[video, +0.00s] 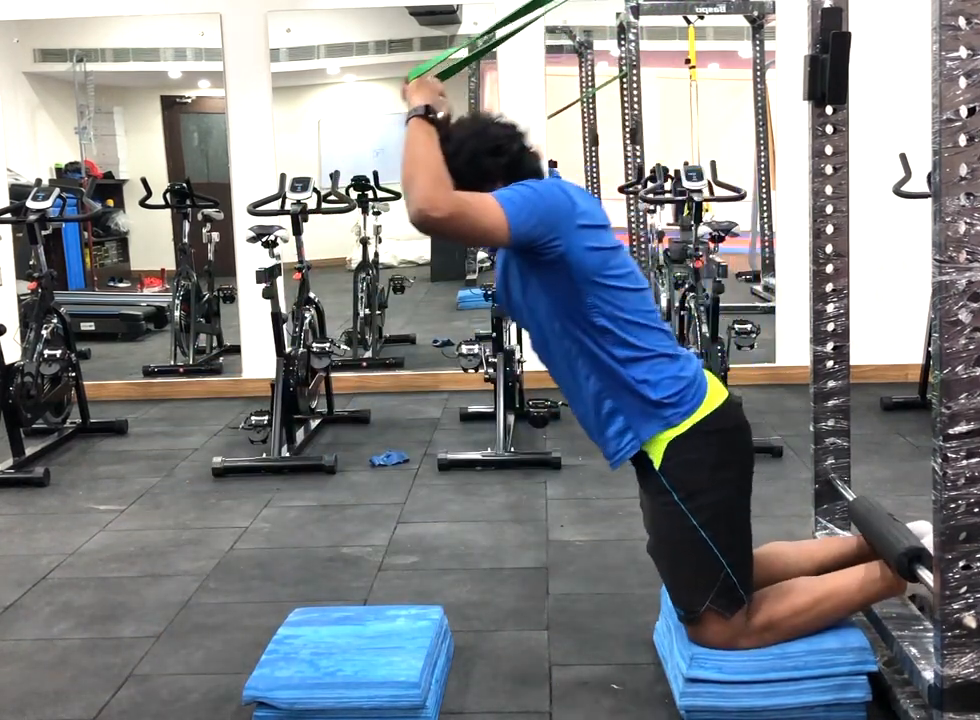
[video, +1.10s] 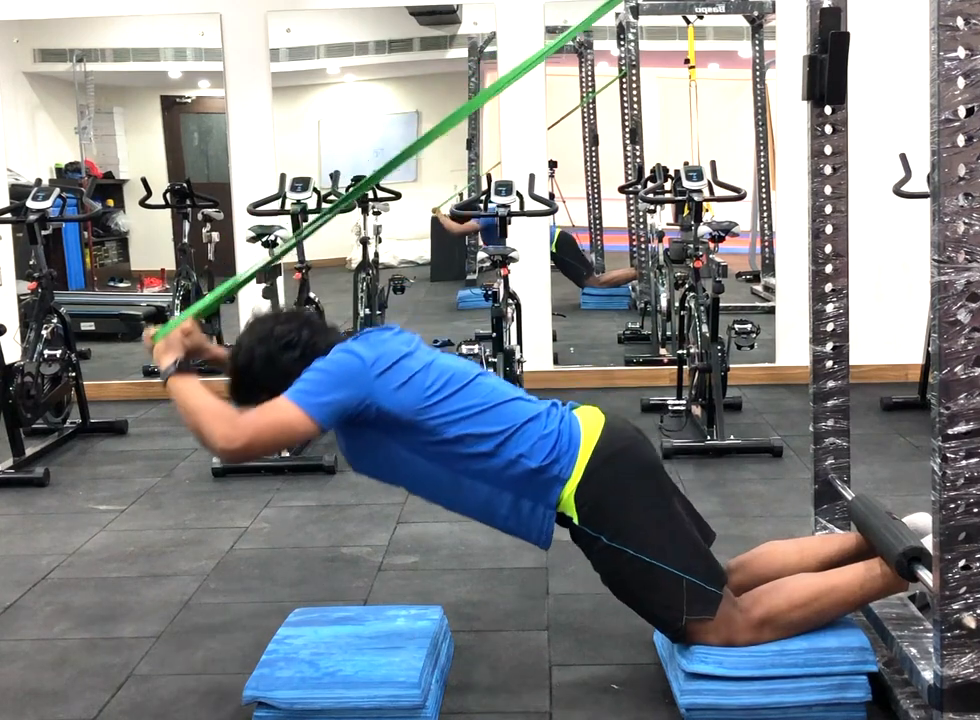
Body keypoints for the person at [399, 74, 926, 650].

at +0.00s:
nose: (457, 205)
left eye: (458, 193)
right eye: (450, 193)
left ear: (484, 185)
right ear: (510, 159)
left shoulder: (550, 203)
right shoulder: (538, 216)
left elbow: (433, 207)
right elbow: (443, 206)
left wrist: (419, 115)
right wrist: (430, 120)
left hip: (687, 435)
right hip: (670, 433)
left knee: (723, 627)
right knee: (715, 580)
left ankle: (901, 576)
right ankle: (871, 542)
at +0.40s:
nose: (372, 276)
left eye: (369, 260)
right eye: (365, 260)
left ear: (397, 248)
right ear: (416, 217)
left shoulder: (464, 254)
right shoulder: (471, 253)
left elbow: (340, 275)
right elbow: (353, 271)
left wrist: (318, 189)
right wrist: (328, 191)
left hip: (648, 445)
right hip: (647, 431)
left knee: (723, 626)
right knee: (720, 583)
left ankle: (910, 572)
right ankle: (866, 539)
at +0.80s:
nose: (311, 332)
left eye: (310, 316)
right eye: (305, 317)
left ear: (336, 300)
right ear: (355, 286)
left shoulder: (399, 309)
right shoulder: (412, 303)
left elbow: (266, 348)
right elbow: (287, 343)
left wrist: (232, 265)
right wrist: (254, 268)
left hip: (614, 464)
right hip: (613, 451)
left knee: (720, 629)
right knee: (708, 589)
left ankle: (904, 571)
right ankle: (865, 537)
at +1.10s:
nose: (278, 416)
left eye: (274, 403)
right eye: (273, 402)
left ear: (293, 377)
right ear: (310, 340)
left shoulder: (354, 365)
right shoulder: (370, 353)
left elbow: (232, 437)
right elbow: (252, 426)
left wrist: (174, 372)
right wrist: (200, 361)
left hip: (590, 476)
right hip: (593, 451)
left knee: (719, 631)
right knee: (714, 585)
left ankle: (905, 567)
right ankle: (866, 538)